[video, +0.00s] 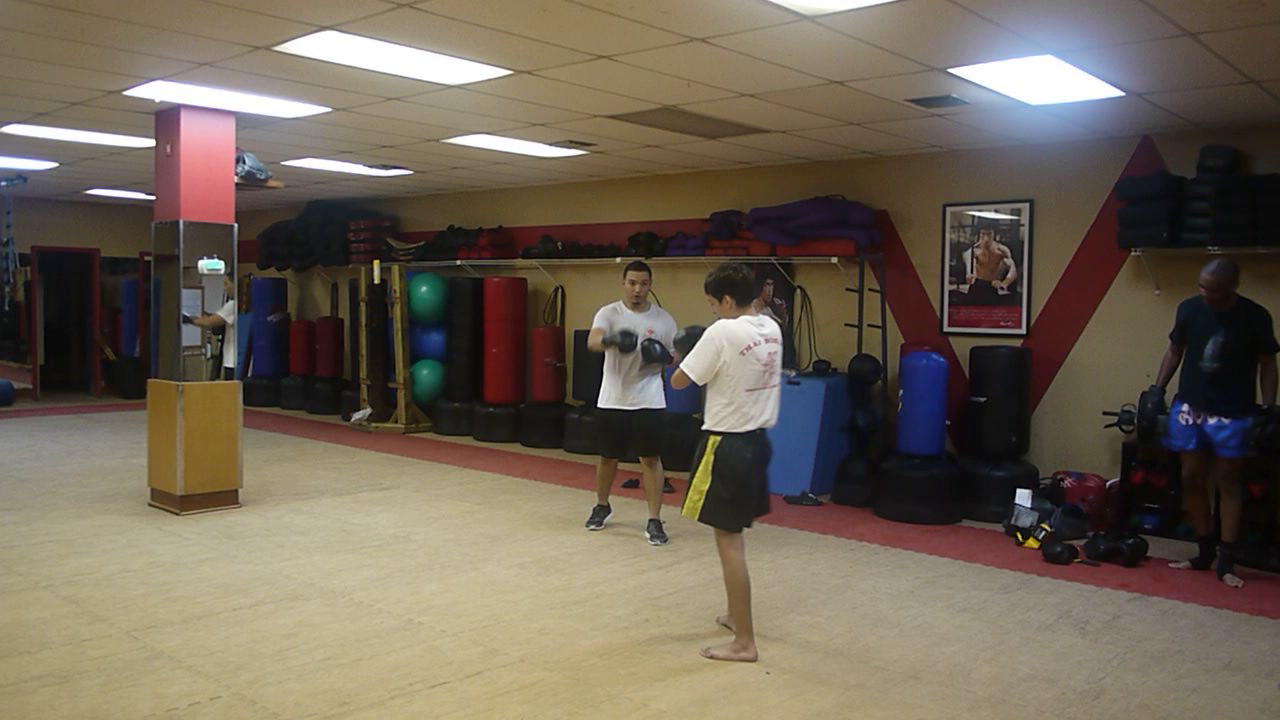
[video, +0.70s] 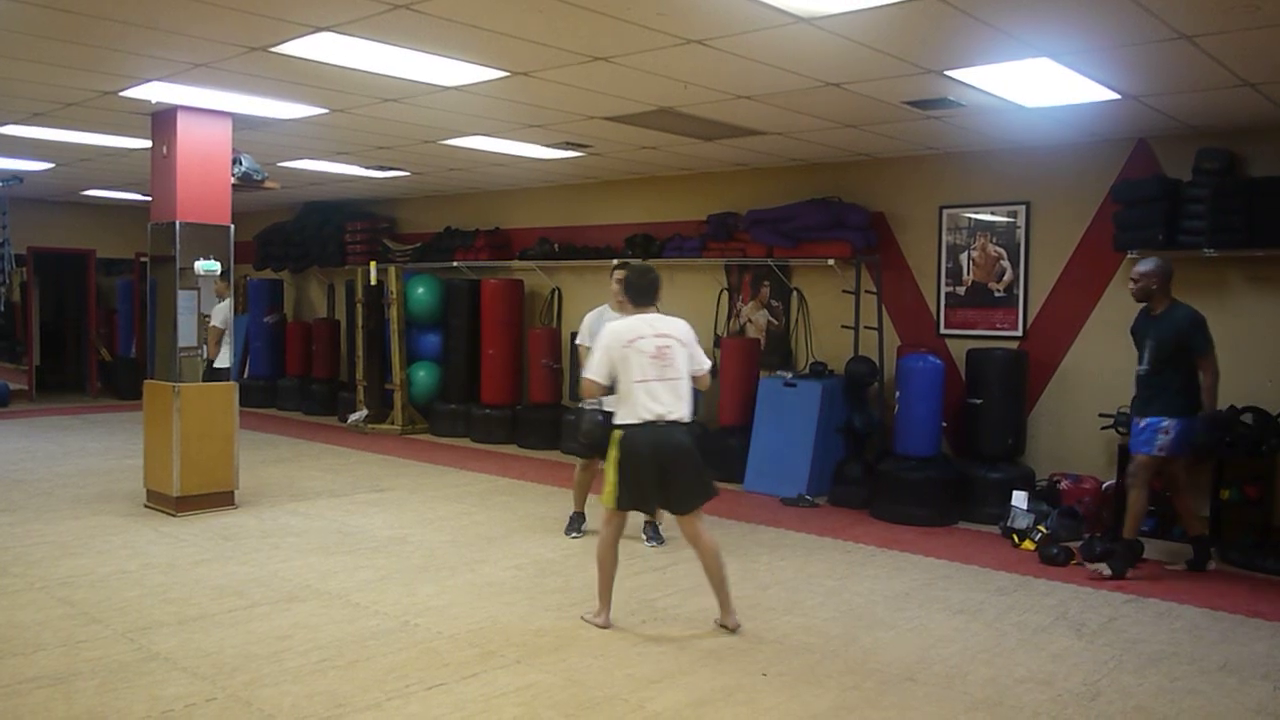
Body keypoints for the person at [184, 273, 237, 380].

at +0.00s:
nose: (224, 288)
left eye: (226, 284)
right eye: (224, 284)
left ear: (235, 285)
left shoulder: (234, 304)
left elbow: (211, 322)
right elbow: (218, 318)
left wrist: (191, 320)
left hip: (233, 366)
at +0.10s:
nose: (221, 288)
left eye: (222, 284)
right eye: (221, 284)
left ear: (231, 284)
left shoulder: (229, 304)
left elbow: (205, 312)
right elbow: (206, 311)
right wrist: (181, 310)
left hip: (228, 364)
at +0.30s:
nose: (215, 290)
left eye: (217, 286)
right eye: (216, 286)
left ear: (227, 287)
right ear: (226, 288)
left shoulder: (225, 305)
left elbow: (199, 313)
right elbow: (200, 313)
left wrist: (175, 312)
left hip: (223, 366)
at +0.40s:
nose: (216, 289)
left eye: (217, 285)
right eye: (216, 285)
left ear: (227, 286)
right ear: (227, 287)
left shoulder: (223, 306)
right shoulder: (240, 304)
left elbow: (197, 320)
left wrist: (176, 320)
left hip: (223, 365)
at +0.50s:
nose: (215, 289)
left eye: (217, 285)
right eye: (215, 285)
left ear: (226, 286)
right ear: (226, 287)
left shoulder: (220, 307)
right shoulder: (240, 305)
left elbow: (203, 325)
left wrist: (180, 331)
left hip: (221, 364)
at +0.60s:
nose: (215, 287)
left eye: (217, 283)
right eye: (215, 283)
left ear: (226, 284)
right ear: (227, 285)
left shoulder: (221, 306)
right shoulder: (239, 303)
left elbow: (209, 331)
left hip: (221, 362)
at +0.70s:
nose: (214, 288)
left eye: (217, 283)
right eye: (215, 284)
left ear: (226, 284)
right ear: (227, 285)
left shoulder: (222, 308)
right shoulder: (242, 304)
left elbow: (213, 340)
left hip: (221, 365)